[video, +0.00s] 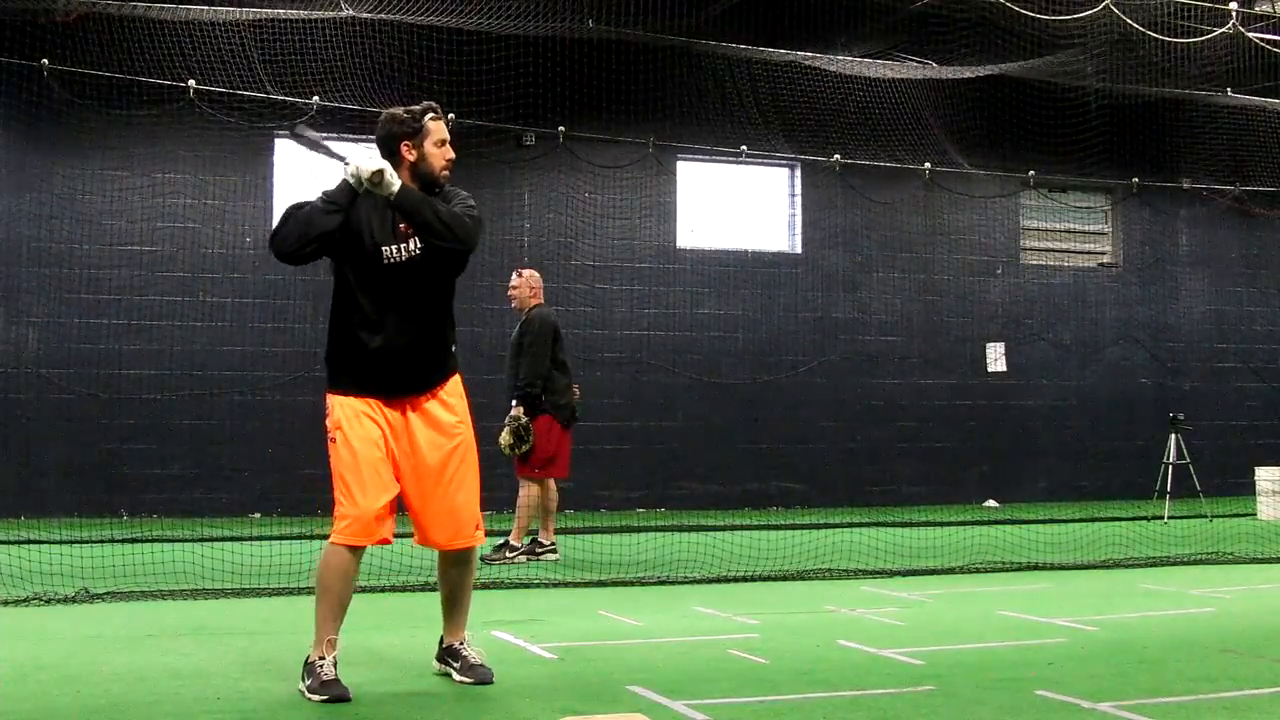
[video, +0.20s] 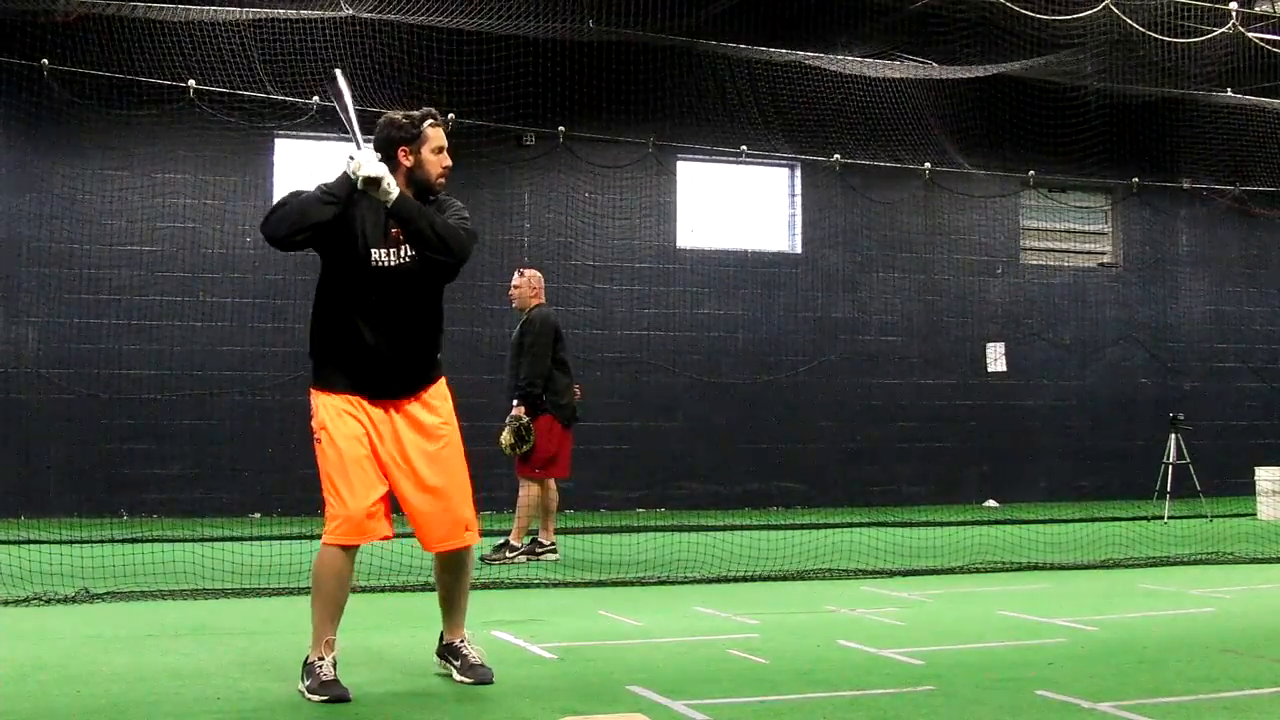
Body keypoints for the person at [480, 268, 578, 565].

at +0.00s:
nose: (509, 293)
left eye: (514, 288)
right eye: (510, 289)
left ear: (532, 290)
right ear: (530, 291)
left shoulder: (538, 319)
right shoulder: (536, 318)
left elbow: (533, 367)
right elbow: (536, 366)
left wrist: (519, 403)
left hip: (541, 410)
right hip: (551, 409)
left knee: (528, 477)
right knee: (545, 477)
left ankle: (515, 542)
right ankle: (546, 541)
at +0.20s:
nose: (511, 293)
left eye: (516, 288)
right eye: (511, 288)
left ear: (534, 290)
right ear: (531, 291)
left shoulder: (540, 318)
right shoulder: (535, 318)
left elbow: (535, 367)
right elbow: (533, 366)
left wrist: (521, 403)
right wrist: (521, 400)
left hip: (542, 410)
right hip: (550, 409)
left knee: (528, 476)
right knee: (545, 477)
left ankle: (515, 542)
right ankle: (546, 541)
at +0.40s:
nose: (512, 291)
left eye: (518, 287)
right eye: (513, 287)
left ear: (535, 290)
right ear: (531, 292)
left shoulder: (541, 319)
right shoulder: (536, 319)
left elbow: (535, 367)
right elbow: (541, 366)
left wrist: (521, 402)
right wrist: (565, 388)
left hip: (543, 410)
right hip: (552, 409)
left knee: (528, 476)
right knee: (546, 477)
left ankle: (514, 542)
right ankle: (546, 541)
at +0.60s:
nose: (512, 291)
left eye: (518, 286)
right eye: (513, 286)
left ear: (536, 290)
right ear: (532, 292)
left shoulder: (542, 319)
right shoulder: (537, 319)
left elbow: (536, 367)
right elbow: (546, 365)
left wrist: (522, 403)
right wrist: (566, 387)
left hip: (543, 410)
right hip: (553, 409)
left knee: (529, 476)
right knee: (546, 476)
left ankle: (515, 542)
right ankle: (546, 541)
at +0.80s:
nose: (513, 291)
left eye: (518, 286)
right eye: (514, 286)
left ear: (536, 291)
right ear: (532, 292)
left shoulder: (542, 320)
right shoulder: (538, 319)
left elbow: (536, 367)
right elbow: (547, 364)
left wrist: (522, 403)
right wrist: (566, 386)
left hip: (544, 410)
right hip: (554, 409)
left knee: (529, 475)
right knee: (546, 476)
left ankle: (515, 542)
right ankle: (546, 541)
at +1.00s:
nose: (513, 291)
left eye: (518, 286)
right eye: (513, 286)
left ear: (536, 290)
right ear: (532, 291)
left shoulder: (543, 319)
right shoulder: (539, 318)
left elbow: (537, 367)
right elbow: (547, 364)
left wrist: (523, 403)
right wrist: (567, 385)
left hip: (543, 409)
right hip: (553, 408)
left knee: (529, 476)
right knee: (546, 476)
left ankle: (514, 542)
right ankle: (546, 542)